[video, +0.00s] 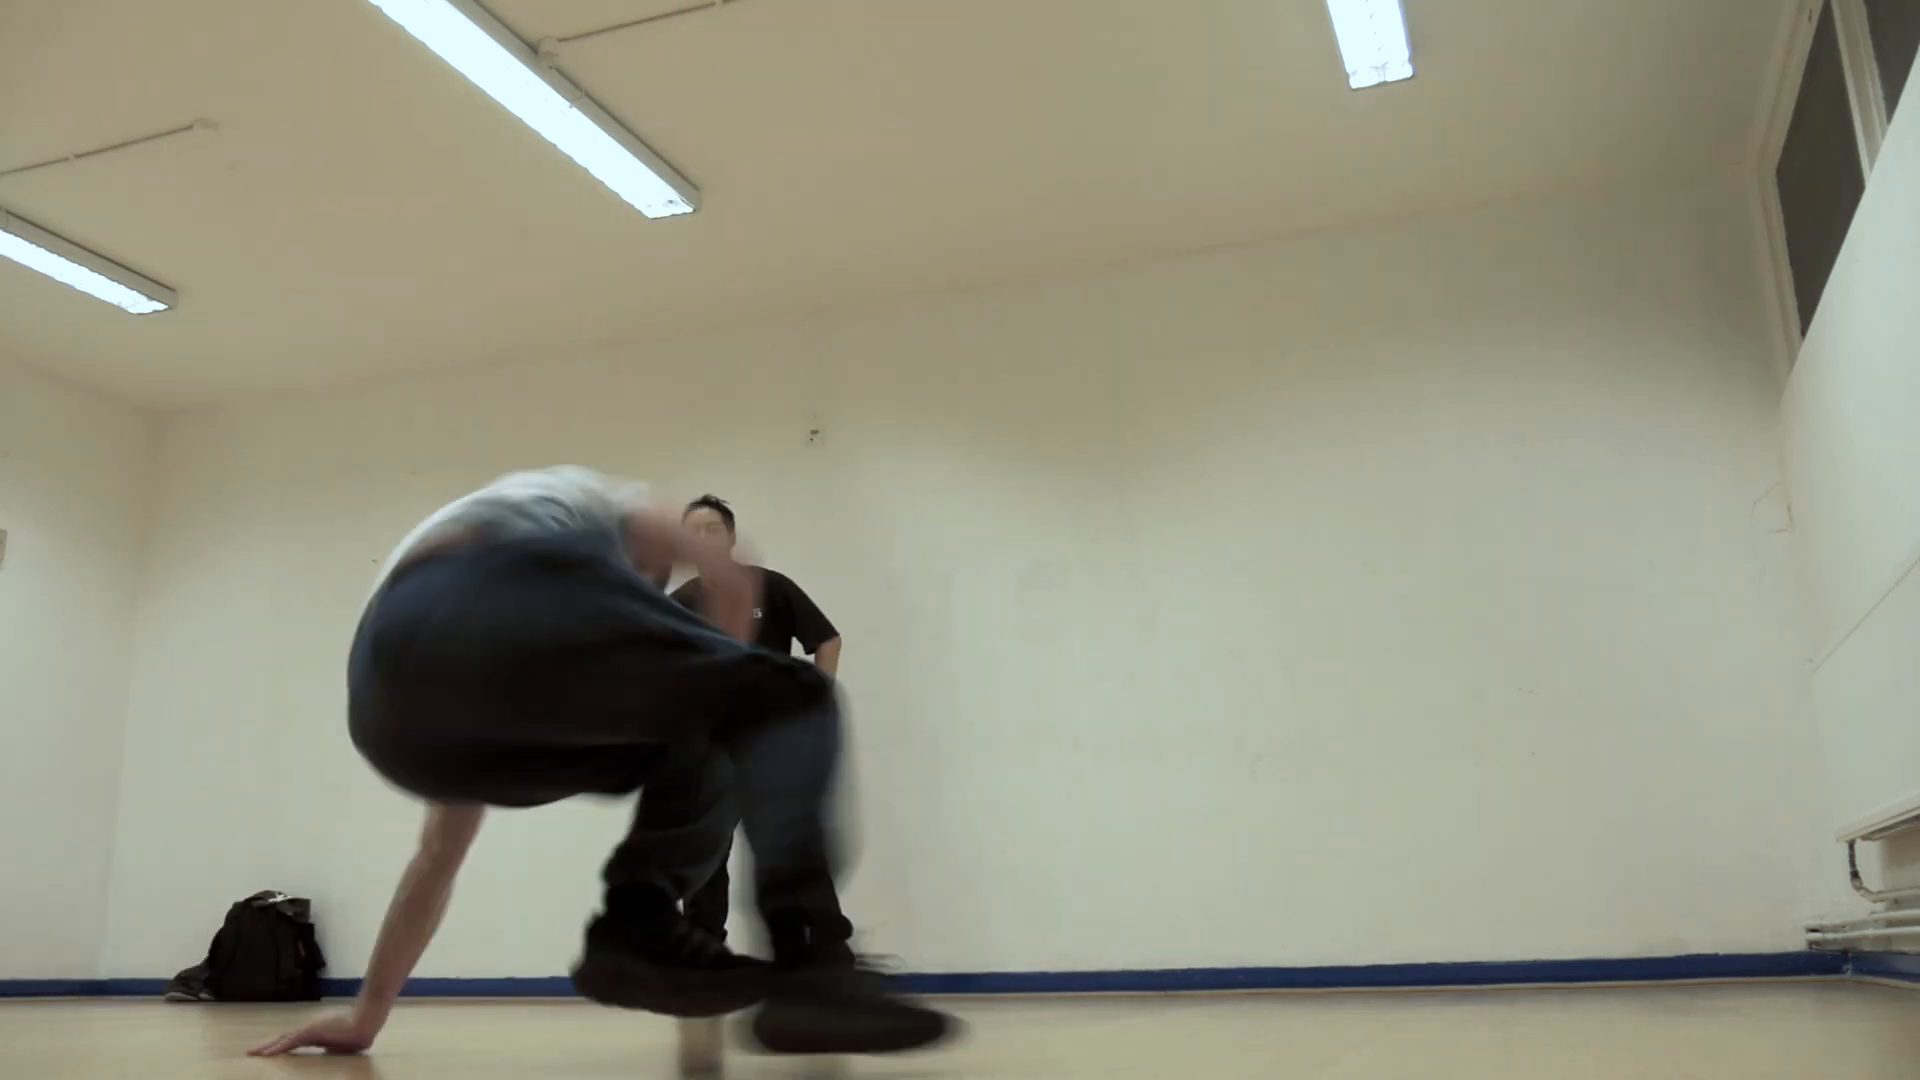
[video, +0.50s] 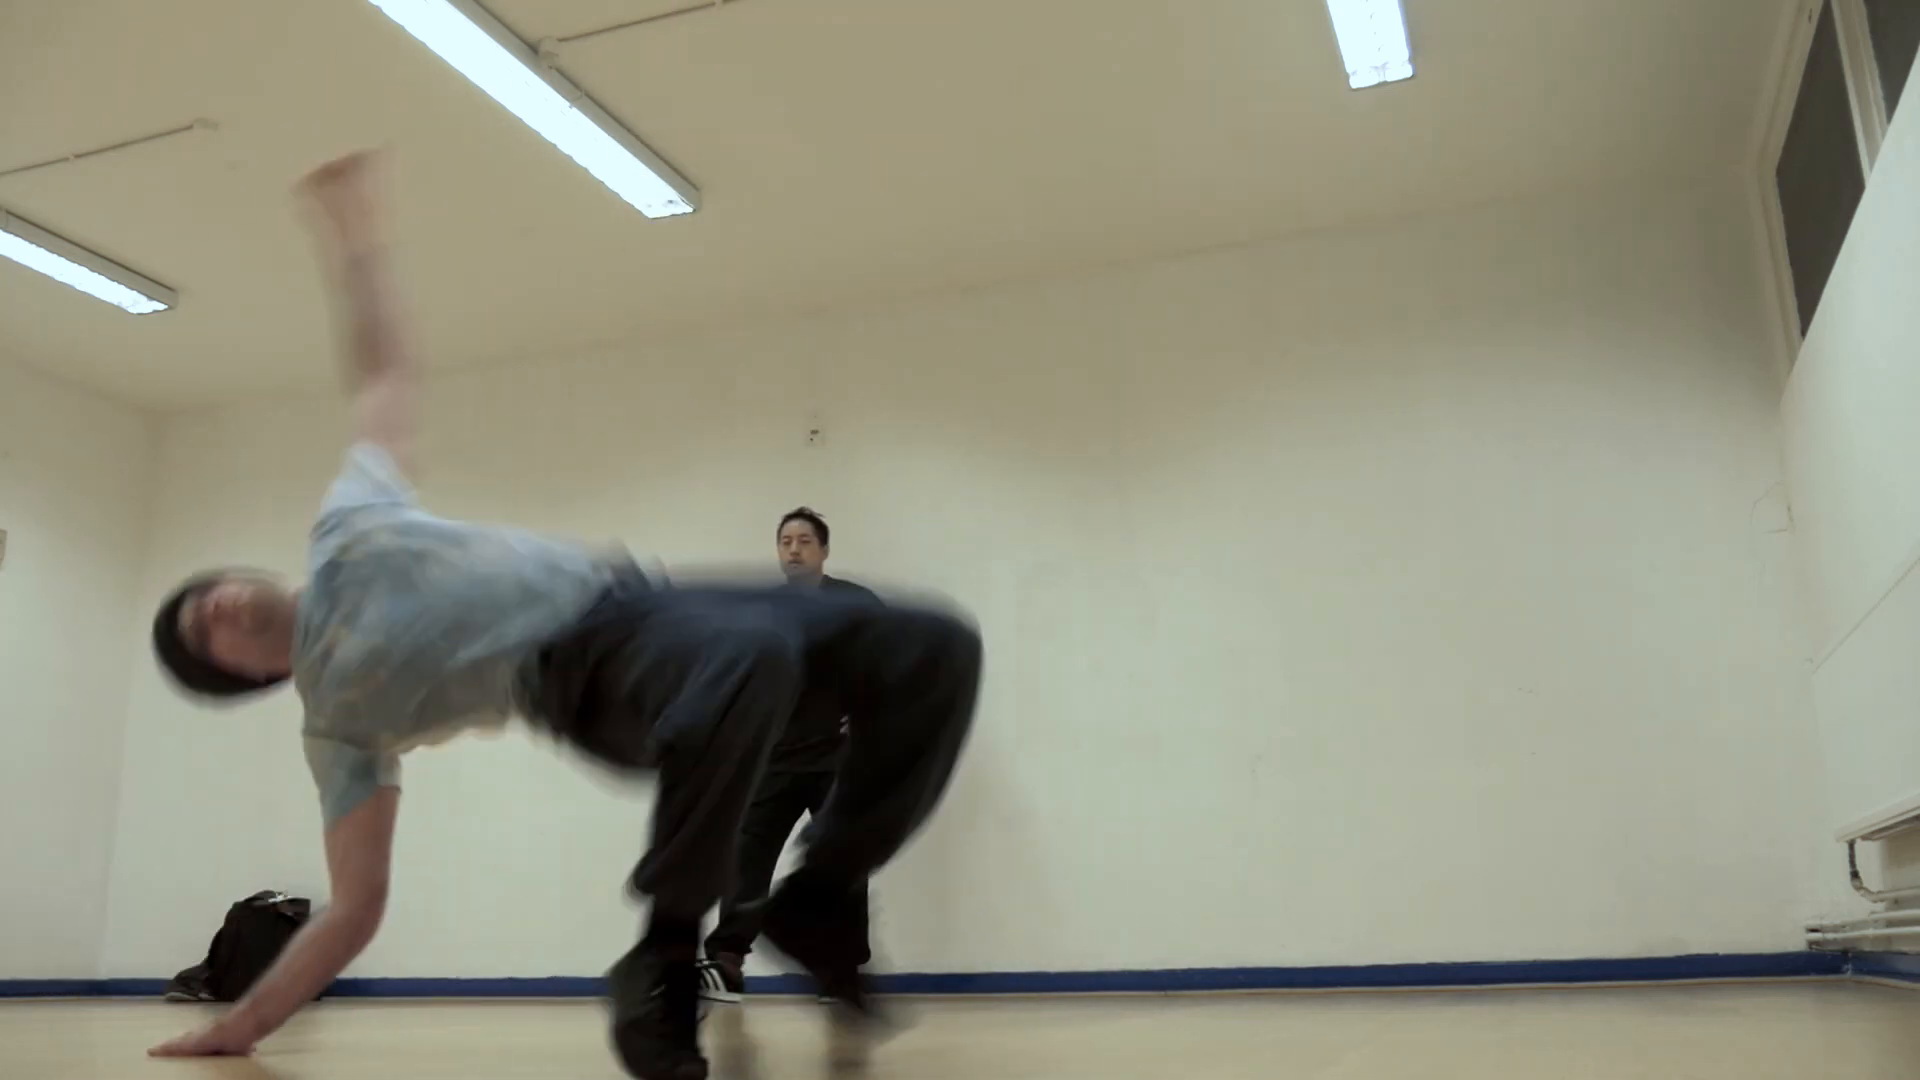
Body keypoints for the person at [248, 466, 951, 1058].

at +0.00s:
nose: (690, 568)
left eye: (696, 559)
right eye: (701, 551)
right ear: (696, 528)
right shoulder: (624, 509)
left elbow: (436, 859)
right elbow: (727, 564)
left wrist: (367, 1016)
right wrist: (723, 687)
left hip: (391, 714)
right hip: (489, 610)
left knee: (699, 736)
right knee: (787, 697)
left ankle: (638, 930)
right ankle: (815, 965)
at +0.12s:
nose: (674, 480)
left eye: (694, 476)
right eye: (657, 460)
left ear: (699, 515)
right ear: (611, 469)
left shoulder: (627, 639)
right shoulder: (563, 498)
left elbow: (545, 770)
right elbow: (539, 328)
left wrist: (429, 924)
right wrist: (696, 256)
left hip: (521, 845)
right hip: (434, 798)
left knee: (775, 708)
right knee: (680, 698)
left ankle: (705, 983)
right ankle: (578, 1002)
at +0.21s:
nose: (645, 454)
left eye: (667, 440)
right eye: (622, 440)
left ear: (694, 473)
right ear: (586, 467)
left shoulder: (693, 626)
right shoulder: (522, 527)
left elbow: (687, 759)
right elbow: (322, 538)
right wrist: (213, 424)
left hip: (602, 877)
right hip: (473, 873)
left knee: (806, 731)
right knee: (629, 691)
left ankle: (716, 991)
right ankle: (585, 1004)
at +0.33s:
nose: (447, 480)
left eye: (462, 457)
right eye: (421, 478)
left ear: (513, 471)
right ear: (411, 516)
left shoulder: (621, 569)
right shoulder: (403, 643)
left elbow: (781, 609)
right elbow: (299, 810)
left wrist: (937, 606)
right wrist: (191, 938)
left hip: (673, 867)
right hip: (537, 898)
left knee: (882, 753)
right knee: (679, 699)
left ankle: (726, 981)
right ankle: (595, 1009)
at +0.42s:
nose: (297, 523)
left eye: (299, 501)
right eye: (273, 542)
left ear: (351, 499)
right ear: (292, 593)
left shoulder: (481, 509)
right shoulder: (353, 687)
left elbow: (617, 389)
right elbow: (327, 879)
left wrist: (707, 253)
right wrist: (237, 1023)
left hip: (675, 769)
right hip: (572, 830)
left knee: (930, 748)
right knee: (724, 708)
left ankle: (754, 952)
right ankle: (617, 997)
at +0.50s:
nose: (223, 608)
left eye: (213, 594)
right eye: (209, 638)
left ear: (251, 570)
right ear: (240, 678)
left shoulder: (357, 518)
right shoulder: (339, 722)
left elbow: (384, 367)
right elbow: (352, 911)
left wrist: (351, 224)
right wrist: (239, 1030)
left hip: (649, 603)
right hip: (589, 675)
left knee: (933, 648)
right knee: (758, 654)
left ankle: (819, 901)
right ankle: (670, 949)